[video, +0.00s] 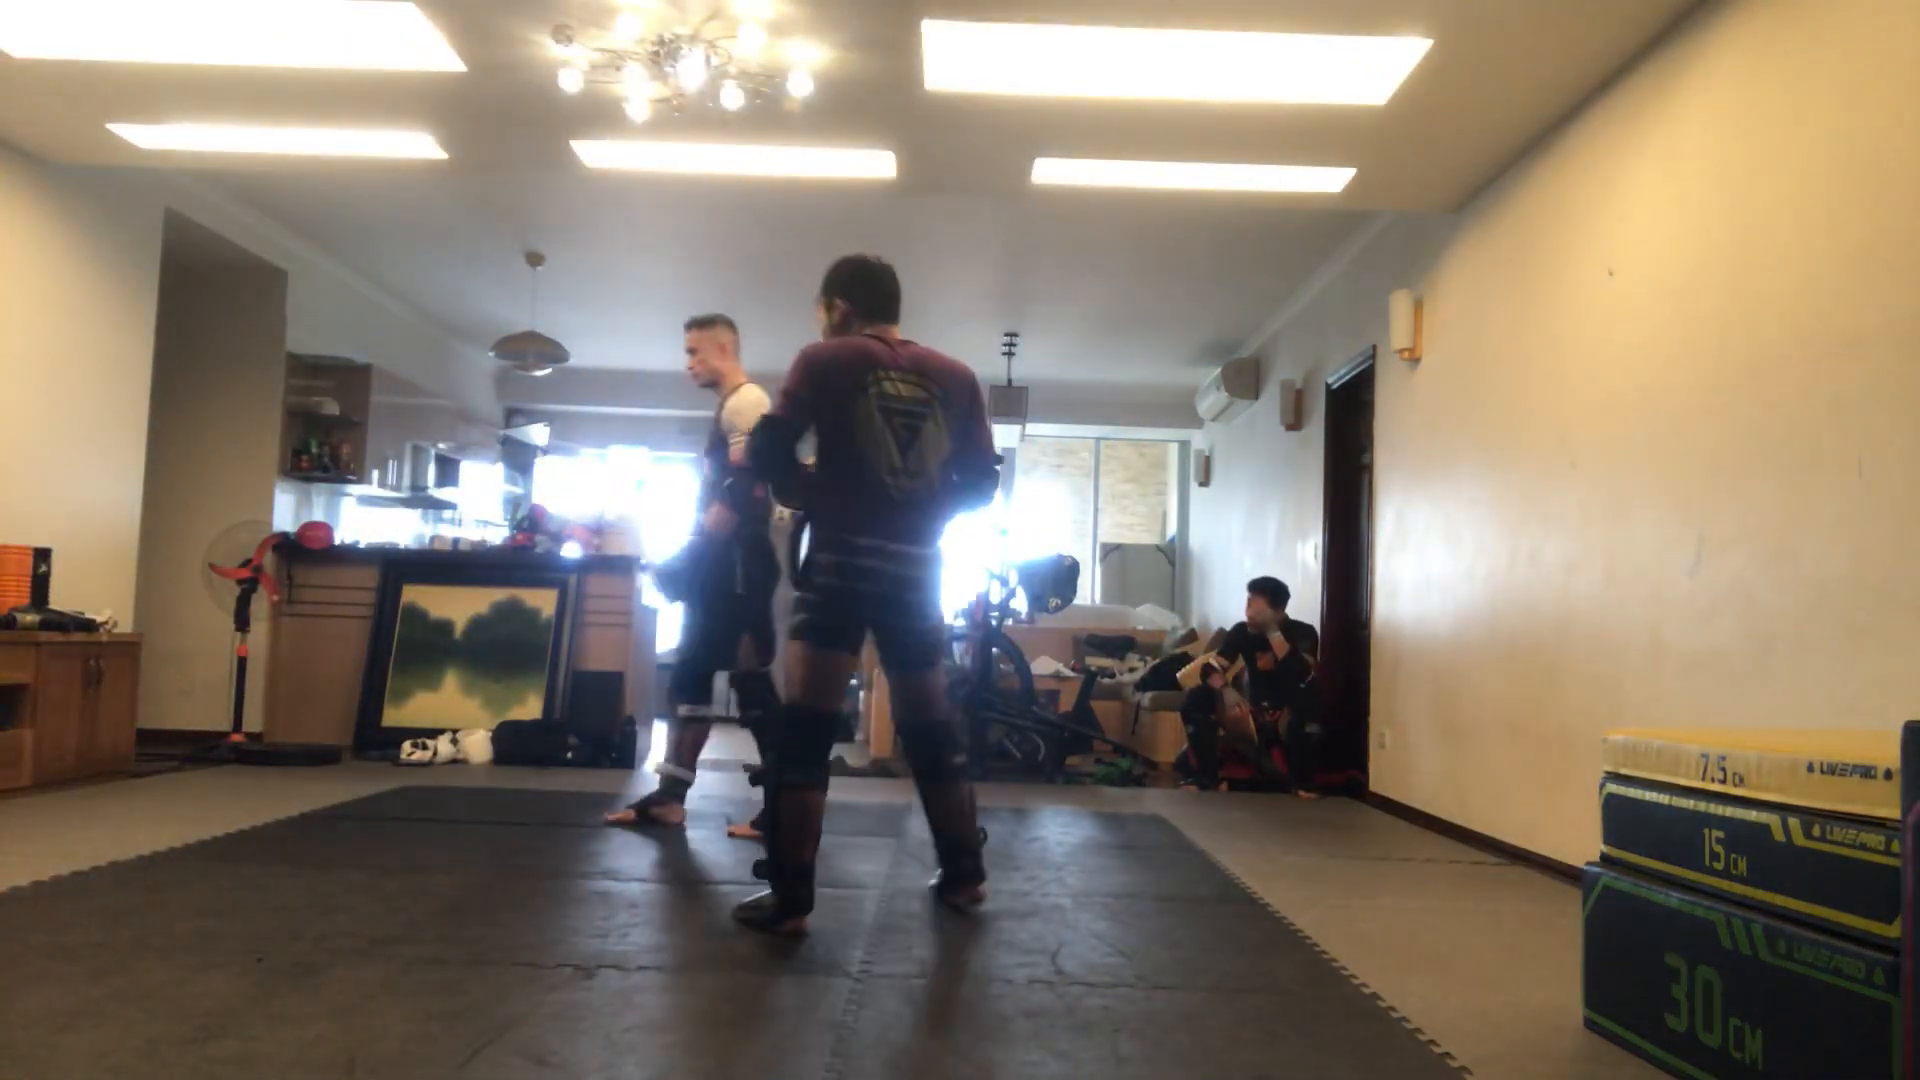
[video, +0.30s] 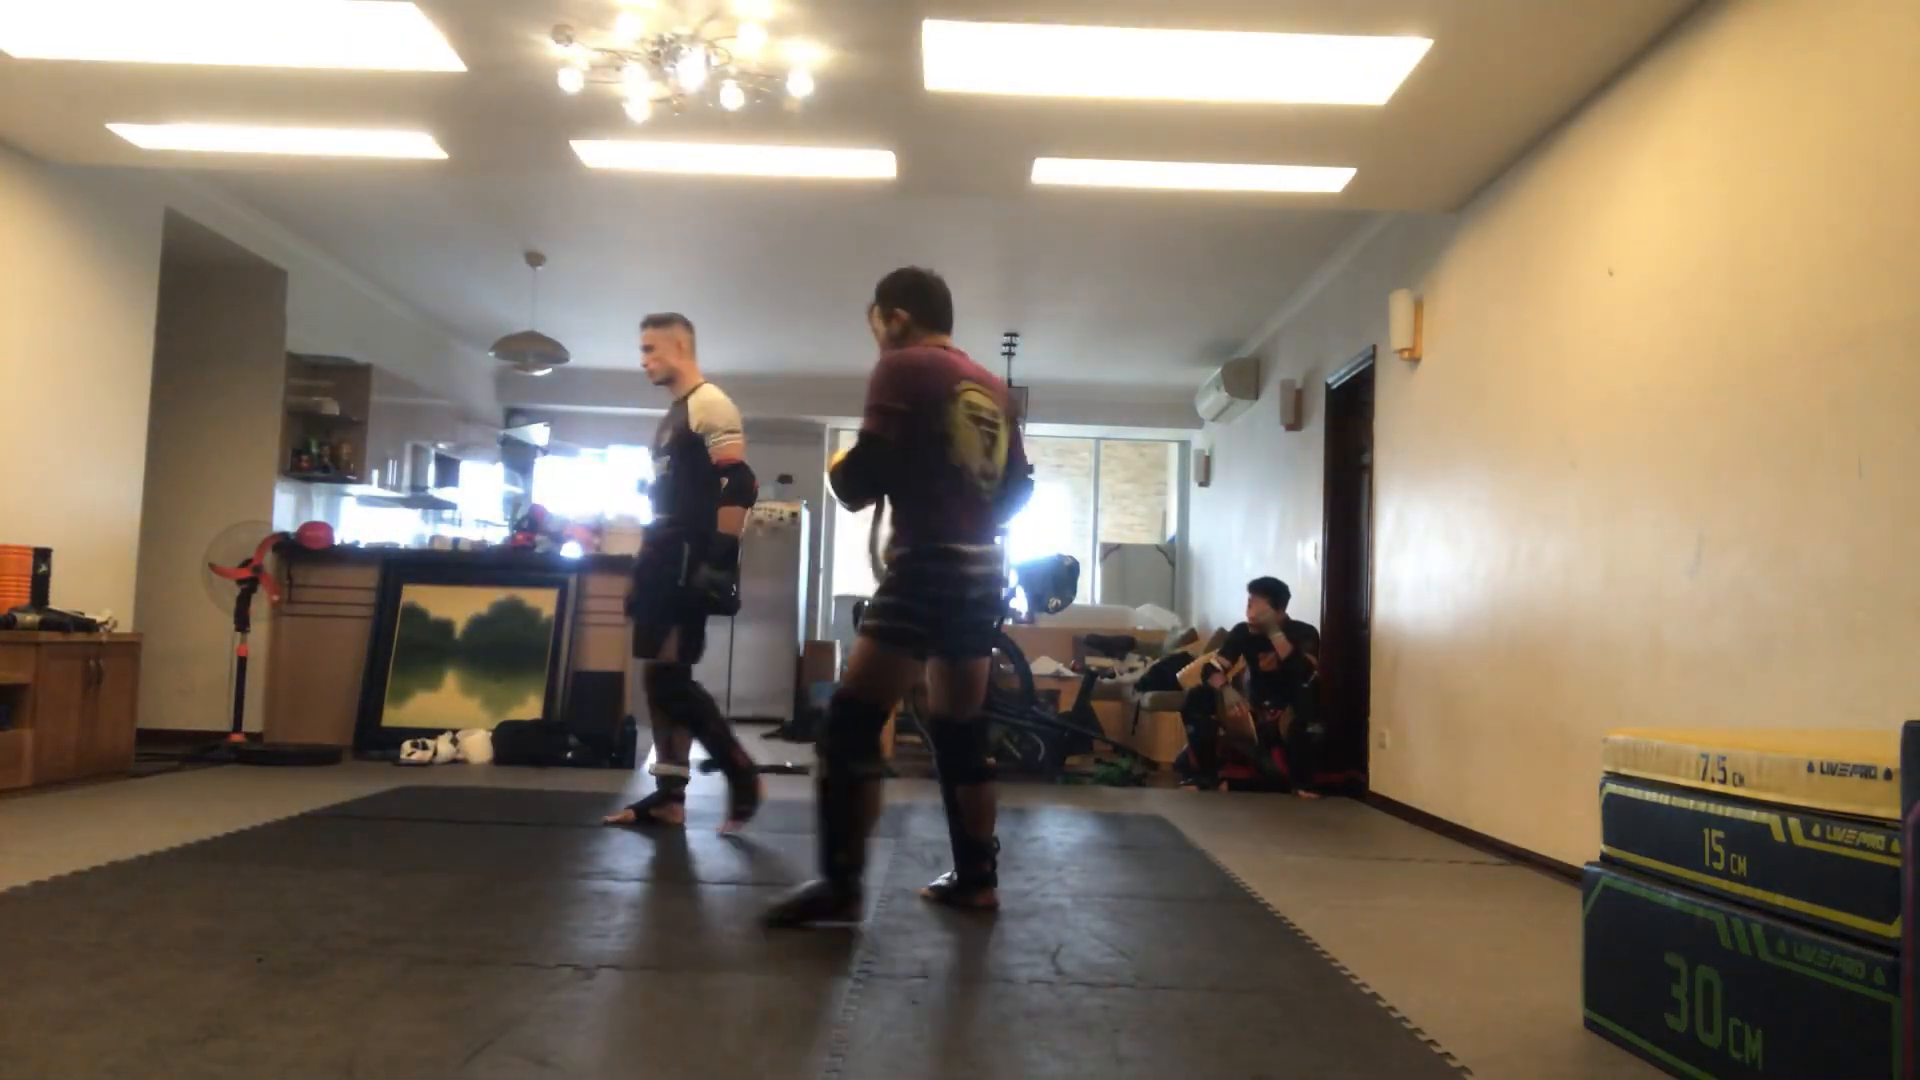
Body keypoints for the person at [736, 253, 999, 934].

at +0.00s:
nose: (821, 324)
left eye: (822, 315)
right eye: (821, 316)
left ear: (839, 310)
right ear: (894, 311)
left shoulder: (822, 361)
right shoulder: (957, 377)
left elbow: (768, 454)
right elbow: (980, 480)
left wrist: (813, 496)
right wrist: (919, 507)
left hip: (837, 567)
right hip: (913, 573)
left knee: (807, 726)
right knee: (930, 725)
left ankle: (791, 898)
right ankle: (963, 877)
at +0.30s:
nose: (877, 337)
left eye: (877, 325)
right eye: (875, 326)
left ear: (899, 318)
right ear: (942, 321)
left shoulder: (902, 366)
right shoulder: (990, 382)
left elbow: (861, 483)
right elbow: (1018, 480)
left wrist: (842, 466)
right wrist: (969, 519)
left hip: (922, 570)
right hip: (982, 574)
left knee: (854, 717)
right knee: (960, 725)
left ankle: (841, 887)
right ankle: (976, 877)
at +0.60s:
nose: (908, 358)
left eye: (908, 343)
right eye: (904, 346)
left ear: (934, 325)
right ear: (955, 327)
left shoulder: (949, 375)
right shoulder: (996, 379)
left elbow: (909, 475)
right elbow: (959, 489)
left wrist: (844, 449)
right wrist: (880, 520)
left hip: (953, 572)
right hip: (989, 569)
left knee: (930, 731)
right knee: (967, 730)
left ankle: (1002, 871)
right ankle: (976, 864)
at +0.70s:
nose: (911, 360)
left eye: (911, 344)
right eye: (906, 348)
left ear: (943, 325)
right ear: (957, 327)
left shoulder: (961, 375)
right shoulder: (993, 379)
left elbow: (920, 477)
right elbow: (965, 493)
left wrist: (847, 453)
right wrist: (893, 520)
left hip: (963, 570)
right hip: (971, 566)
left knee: (960, 724)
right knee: (952, 721)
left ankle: (1009, 880)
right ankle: (977, 868)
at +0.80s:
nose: (910, 360)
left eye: (910, 344)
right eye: (905, 348)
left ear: (946, 326)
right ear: (951, 328)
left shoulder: (978, 377)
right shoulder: (972, 380)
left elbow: (940, 471)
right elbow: (946, 481)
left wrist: (851, 475)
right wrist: (896, 508)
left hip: (971, 573)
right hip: (954, 572)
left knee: (968, 724)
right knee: (945, 717)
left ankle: (1012, 884)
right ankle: (975, 867)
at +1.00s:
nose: (915, 371)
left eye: (916, 356)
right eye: (908, 360)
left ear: (954, 334)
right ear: (951, 339)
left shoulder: (993, 387)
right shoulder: (970, 394)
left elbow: (977, 511)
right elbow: (956, 500)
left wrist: (913, 531)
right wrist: (914, 522)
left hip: (978, 586)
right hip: (948, 586)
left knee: (977, 732)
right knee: (915, 727)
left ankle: (1017, 891)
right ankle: (968, 865)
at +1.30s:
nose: (917, 372)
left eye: (919, 355)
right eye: (909, 360)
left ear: (961, 335)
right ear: (950, 342)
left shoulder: (1003, 383)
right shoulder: (958, 405)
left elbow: (977, 502)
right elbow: (949, 502)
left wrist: (913, 530)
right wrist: (904, 497)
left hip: (981, 582)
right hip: (938, 583)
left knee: (980, 739)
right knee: (880, 728)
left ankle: (1019, 895)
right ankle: (893, 862)